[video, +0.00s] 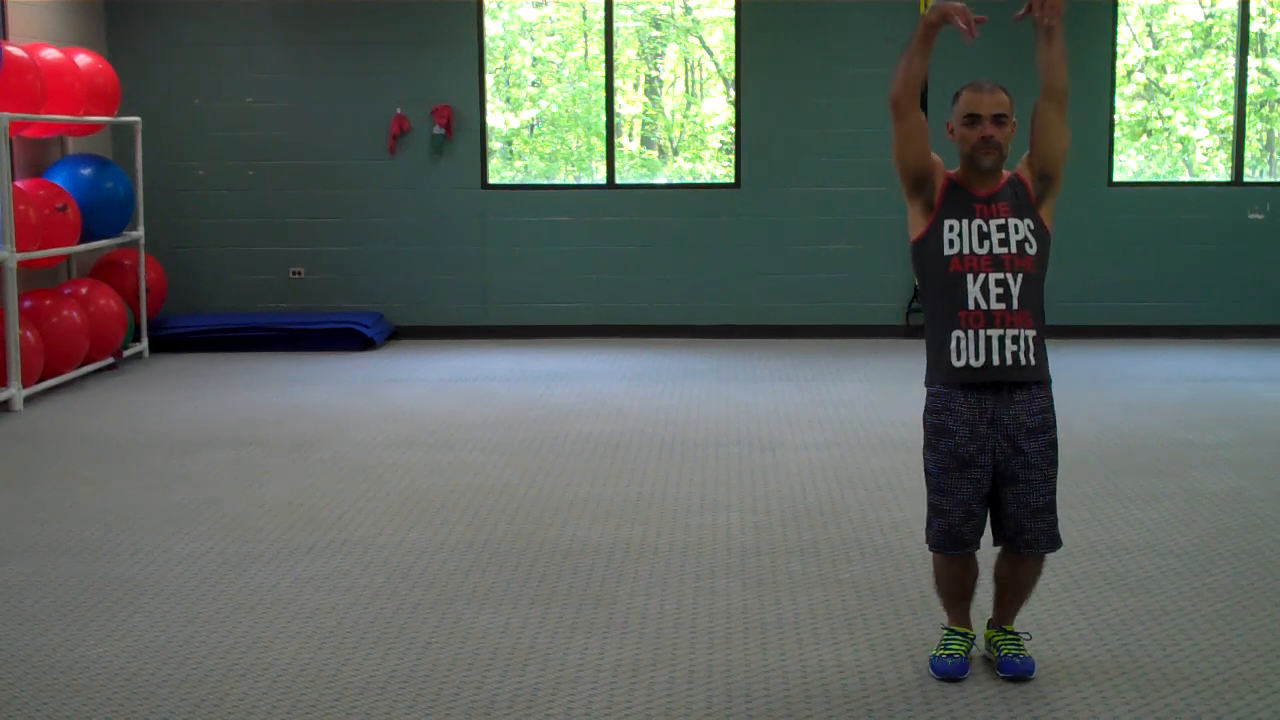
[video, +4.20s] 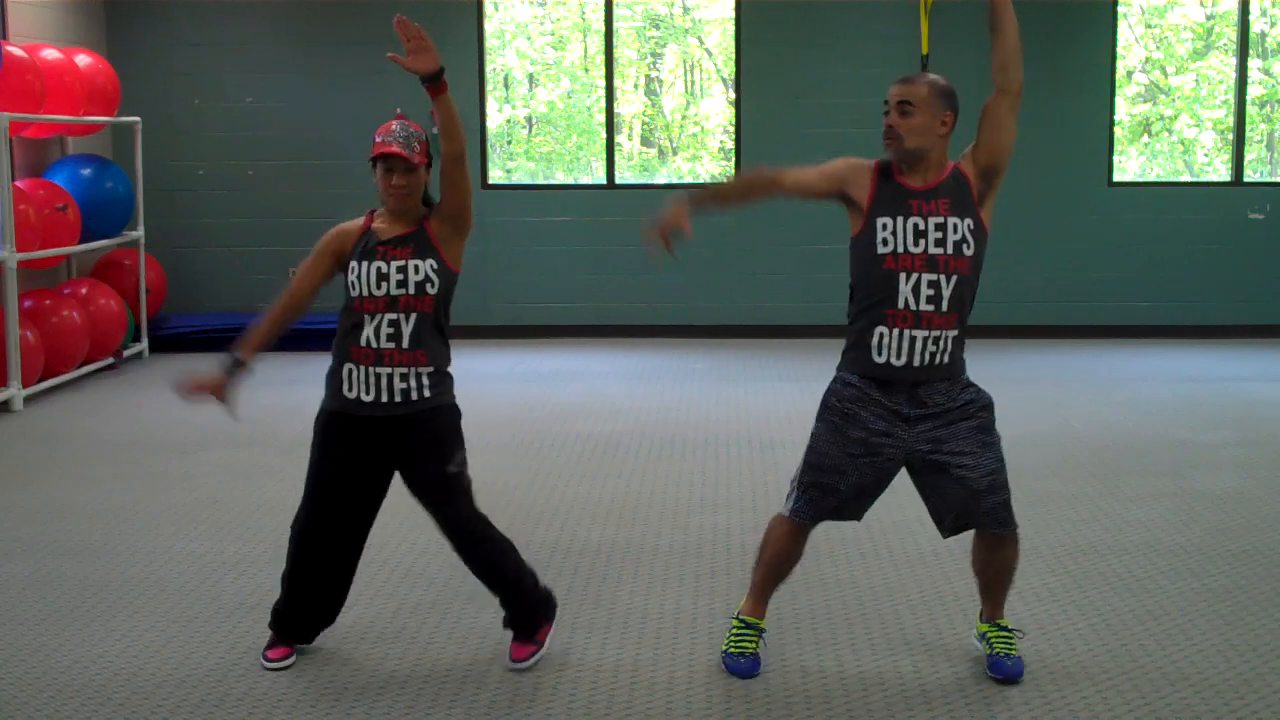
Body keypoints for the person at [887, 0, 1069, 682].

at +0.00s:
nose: (989, 130)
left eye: (999, 119)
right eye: (976, 119)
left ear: (1014, 131)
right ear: (954, 130)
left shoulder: (1035, 190)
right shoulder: (928, 191)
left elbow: (1056, 102)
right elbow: (902, 102)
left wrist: (1051, 28)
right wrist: (929, 25)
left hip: (1027, 395)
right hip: (955, 395)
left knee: (1028, 528)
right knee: (953, 527)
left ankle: (1003, 629)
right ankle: (957, 630)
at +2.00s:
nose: (984, 108)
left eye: (995, 98)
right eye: (970, 98)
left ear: (1012, 109)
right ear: (949, 109)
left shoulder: (1033, 172)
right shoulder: (928, 175)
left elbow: (1048, 74)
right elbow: (918, 78)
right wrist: (944, 7)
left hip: (1022, 381)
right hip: (951, 382)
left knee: (1019, 519)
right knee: (949, 519)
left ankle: (1004, 628)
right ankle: (955, 628)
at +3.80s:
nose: (965, 126)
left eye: (978, 116)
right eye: (953, 115)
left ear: (996, 132)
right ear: (935, 131)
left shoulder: (1020, 189)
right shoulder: (918, 190)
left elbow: (1050, 95)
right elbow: (887, 101)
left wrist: (1028, 6)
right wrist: (915, 16)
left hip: (1014, 403)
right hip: (937, 403)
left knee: (1024, 540)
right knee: (932, 527)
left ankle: (995, 629)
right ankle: (920, 616)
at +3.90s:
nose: (945, 125)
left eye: (960, 112)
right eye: (937, 113)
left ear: (991, 121)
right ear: (925, 124)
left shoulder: (1013, 181)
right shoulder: (911, 178)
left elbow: (1037, 83)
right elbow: (867, 94)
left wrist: (1025, 3)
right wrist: (828, 18)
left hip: (1003, 398)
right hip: (923, 394)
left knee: (1019, 531)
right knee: (880, 514)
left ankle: (993, 630)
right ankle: (833, 617)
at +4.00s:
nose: (921, 117)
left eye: (936, 106)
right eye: (915, 107)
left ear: (974, 116)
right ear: (911, 117)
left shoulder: (1003, 171)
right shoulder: (895, 169)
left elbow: (1026, 77)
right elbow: (822, 105)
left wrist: (1016, 1)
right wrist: (756, 53)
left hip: (984, 394)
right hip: (902, 390)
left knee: (1004, 525)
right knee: (840, 504)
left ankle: (992, 631)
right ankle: (769, 609)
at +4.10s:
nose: (903, 117)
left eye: (919, 106)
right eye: (901, 106)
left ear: (960, 118)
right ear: (899, 116)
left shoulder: (987, 178)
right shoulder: (877, 172)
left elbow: (1014, 79)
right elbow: (793, 140)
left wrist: (1007, 2)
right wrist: (715, 119)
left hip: (960, 395)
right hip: (878, 392)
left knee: (997, 524)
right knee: (814, 510)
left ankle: (991, 629)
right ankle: (756, 615)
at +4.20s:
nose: (890, 120)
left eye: (906, 110)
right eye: (888, 110)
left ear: (947, 121)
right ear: (888, 120)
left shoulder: (976, 182)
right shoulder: (859, 178)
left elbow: (1009, 88)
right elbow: (772, 181)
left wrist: (1001, 4)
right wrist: (692, 199)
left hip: (947, 397)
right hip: (863, 395)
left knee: (999, 524)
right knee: (801, 513)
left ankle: (994, 623)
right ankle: (750, 617)